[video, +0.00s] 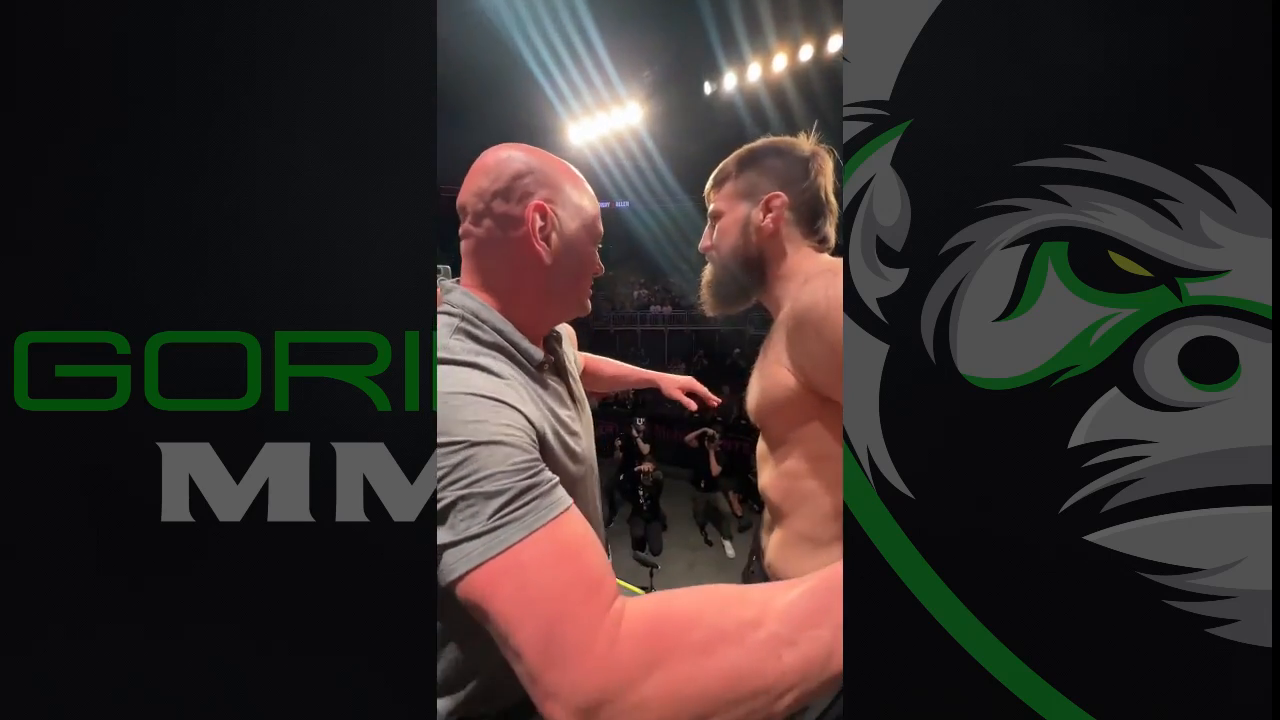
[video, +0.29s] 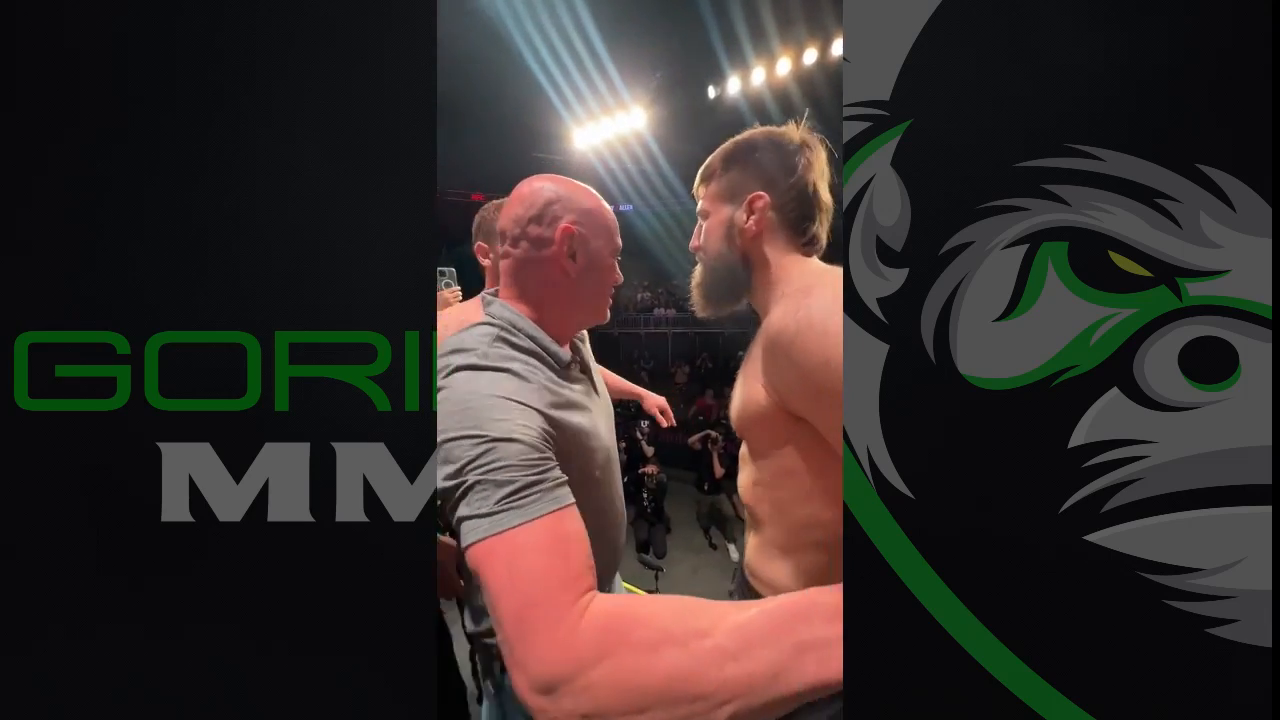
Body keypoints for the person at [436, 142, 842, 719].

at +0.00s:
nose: (599, 265)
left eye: (597, 242)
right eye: (592, 238)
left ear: (539, 229)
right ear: (541, 228)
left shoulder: (520, 335)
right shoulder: (459, 407)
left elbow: (571, 366)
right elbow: (594, 672)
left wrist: (658, 380)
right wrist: (860, 586)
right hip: (493, 698)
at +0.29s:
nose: (619, 276)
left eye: (619, 259)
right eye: (613, 258)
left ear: (567, 250)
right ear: (568, 250)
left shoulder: (553, 339)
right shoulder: (486, 402)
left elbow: (582, 378)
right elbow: (559, 662)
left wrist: (638, 393)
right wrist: (841, 619)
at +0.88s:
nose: (644, 281)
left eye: (645, 263)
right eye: (643, 261)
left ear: (558, 255)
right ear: (617, 255)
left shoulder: (563, 345)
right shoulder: (545, 355)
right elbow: (520, 623)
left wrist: (616, 399)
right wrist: (811, 691)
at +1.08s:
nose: (649, 273)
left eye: (646, 257)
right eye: (637, 253)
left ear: (583, 255)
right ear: (584, 251)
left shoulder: (554, 330)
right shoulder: (547, 340)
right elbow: (550, 574)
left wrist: (614, 424)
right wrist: (825, 668)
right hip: (557, 653)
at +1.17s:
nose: (646, 267)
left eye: (642, 253)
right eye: (631, 249)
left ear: (574, 252)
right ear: (575, 250)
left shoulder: (561, 330)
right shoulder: (543, 337)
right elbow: (557, 565)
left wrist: (612, 438)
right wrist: (829, 645)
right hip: (560, 650)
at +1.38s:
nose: (635, 266)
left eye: (631, 252)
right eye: (619, 249)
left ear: (565, 254)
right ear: (564, 252)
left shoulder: (557, 332)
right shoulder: (535, 337)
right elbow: (564, 544)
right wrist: (825, 580)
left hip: (581, 621)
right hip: (549, 644)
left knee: (598, 707)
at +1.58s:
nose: (641, 272)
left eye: (637, 257)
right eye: (626, 255)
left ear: (575, 262)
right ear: (573, 258)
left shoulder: (554, 331)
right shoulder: (541, 343)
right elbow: (592, 540)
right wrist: (840, 541)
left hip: (575, 604)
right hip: (528, 644)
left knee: (602, 691)